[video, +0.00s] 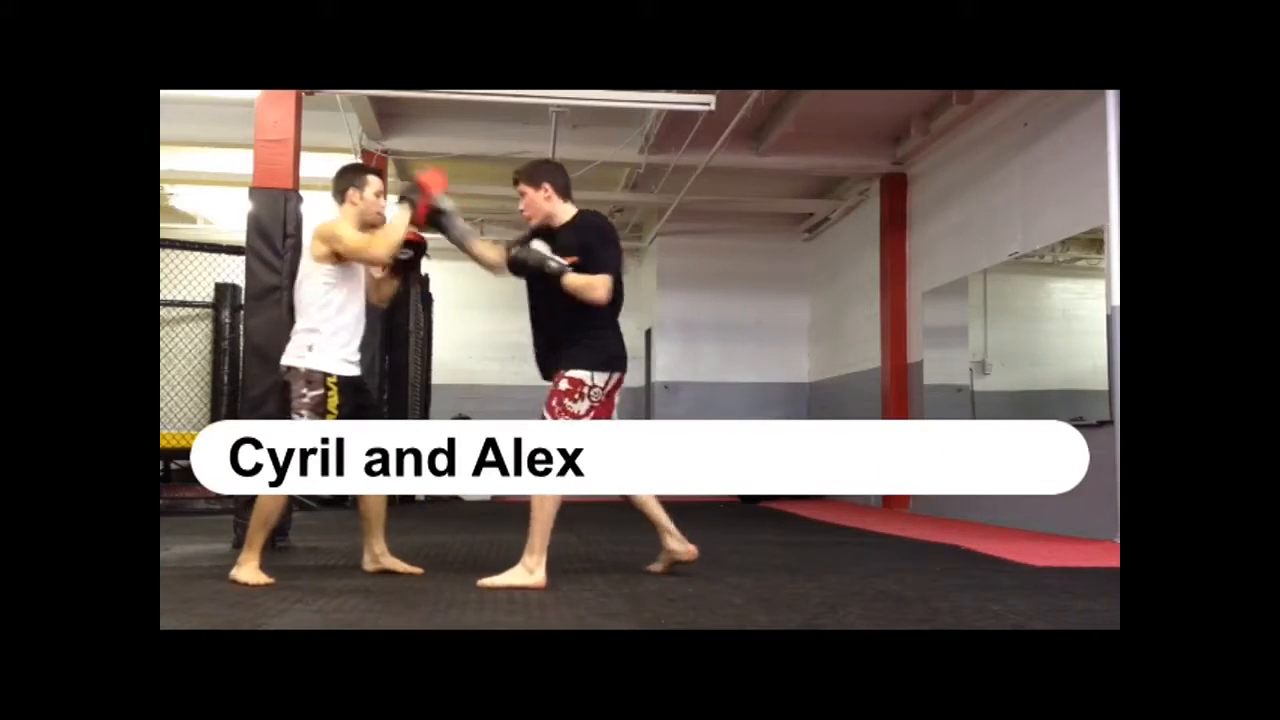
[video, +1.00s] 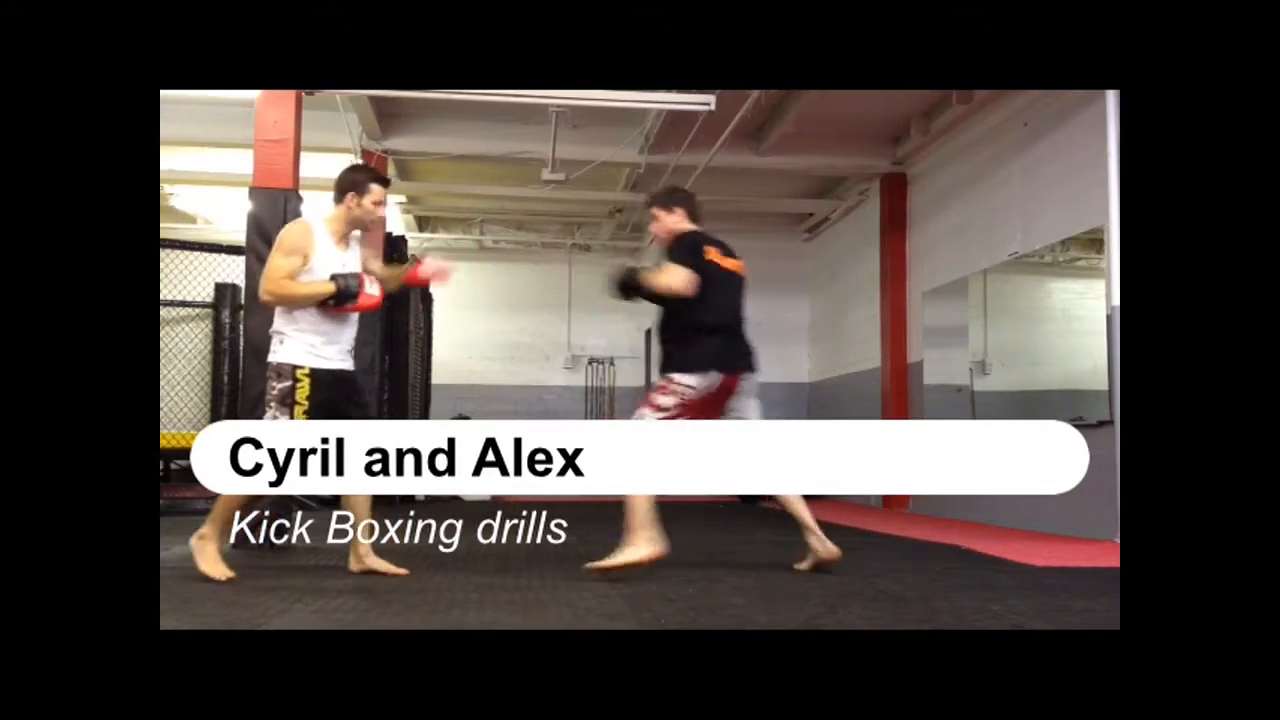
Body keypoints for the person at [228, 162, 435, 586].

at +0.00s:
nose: (385, 204)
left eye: (385, 196)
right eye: (378, 195)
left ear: (361, 198)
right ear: (353, 196)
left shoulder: (361, 243)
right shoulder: (329, 232)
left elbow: (379, 296)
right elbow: (379, 250)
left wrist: (402, 258)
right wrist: (406, 211)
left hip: (346, 368)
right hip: (313, 366)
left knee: (374, 458)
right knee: (291, 463)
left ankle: (376, 551)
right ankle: (248, 560)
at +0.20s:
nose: (366, 204)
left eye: (367, 197)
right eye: (360, 196)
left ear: (342, 198)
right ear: (334, 195)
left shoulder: (350, 242)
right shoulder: (289, 232)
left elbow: (374, 293)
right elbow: (290, 290)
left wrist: (420, 299)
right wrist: (352, 263)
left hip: (349, 368)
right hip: (301, 369)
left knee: (394, 448)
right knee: (280, 464)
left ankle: (386, 538)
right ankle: (247, 560)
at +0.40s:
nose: (345, 204)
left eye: (345, 197)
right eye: (338, 196)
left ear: (323, 200)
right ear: (311, 198)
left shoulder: (342, 249)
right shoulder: (267, 239)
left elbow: (354, 305)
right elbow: (245, 305)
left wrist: (375, 337)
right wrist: (305, 294)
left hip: (355, 366)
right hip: (303, 370)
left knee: (405, 446)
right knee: (278, 465)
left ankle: (395, 532)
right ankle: (247, 559)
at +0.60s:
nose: (359, 196)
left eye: (358, 189)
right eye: (352, 188)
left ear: (334, 192)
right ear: (326, 190)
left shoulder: (344, 238)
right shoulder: (283, 234)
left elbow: (366, 282)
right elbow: (254, 295)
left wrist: (403, 259)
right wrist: (320, 285)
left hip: (350, 364)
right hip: (303, 365)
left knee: (384, 450)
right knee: (282, 462)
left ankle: (373, 540)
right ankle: (246, 560)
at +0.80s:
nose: (390, 207)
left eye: (391, 199)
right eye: (385, 199)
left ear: (368, 198)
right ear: (359, 196)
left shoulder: (372, 240)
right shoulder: (310, 231)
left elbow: (417, 255)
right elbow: (284, 289)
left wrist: (442, 223)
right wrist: (348, 279)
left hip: (350, 365)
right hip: (304, 361)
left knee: (364, 457)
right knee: (281, 458)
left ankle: (362, 549)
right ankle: (242, 553)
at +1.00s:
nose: (382, 212)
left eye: (383, 204)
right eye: (377, 203)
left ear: (354, 202)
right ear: (350, 199)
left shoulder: (357, 243)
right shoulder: (300, 233)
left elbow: (380, 280)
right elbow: (270, 289)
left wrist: (409, 269)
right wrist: (334, 289)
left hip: (339, 367)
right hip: (296, 365)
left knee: (359, 456)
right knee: (271, 458)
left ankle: (362, 548)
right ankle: (208, 536)